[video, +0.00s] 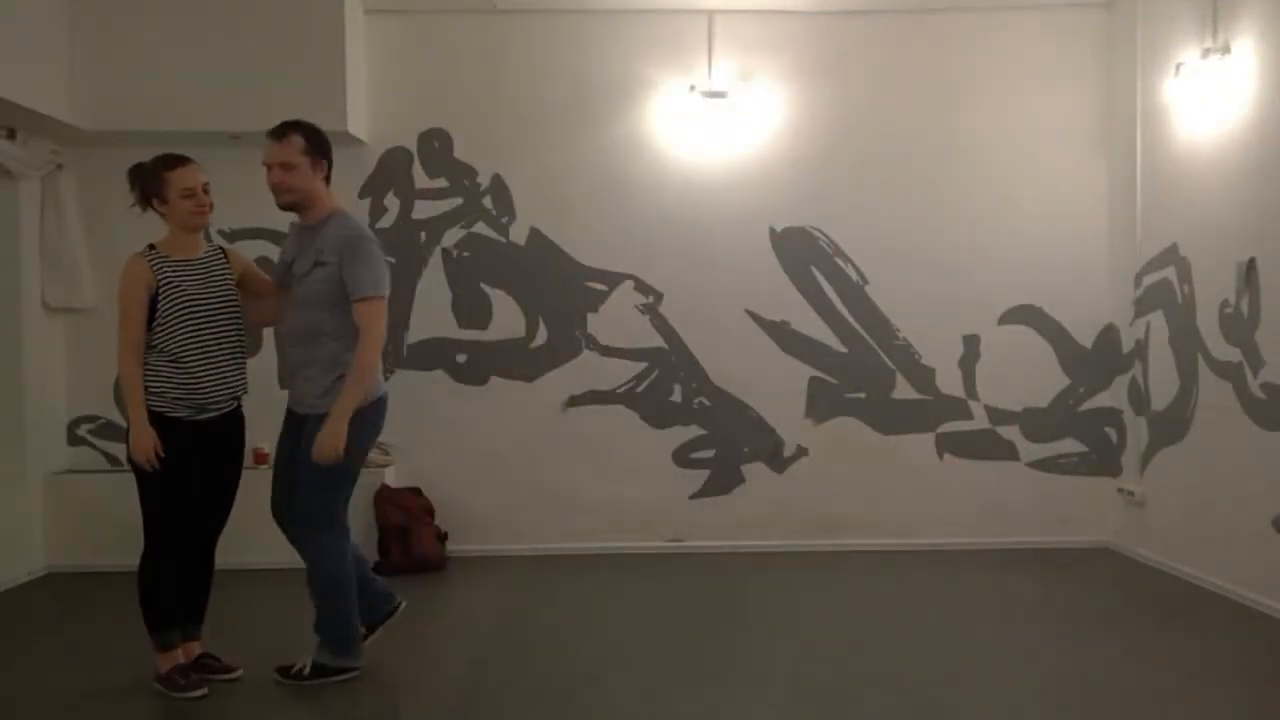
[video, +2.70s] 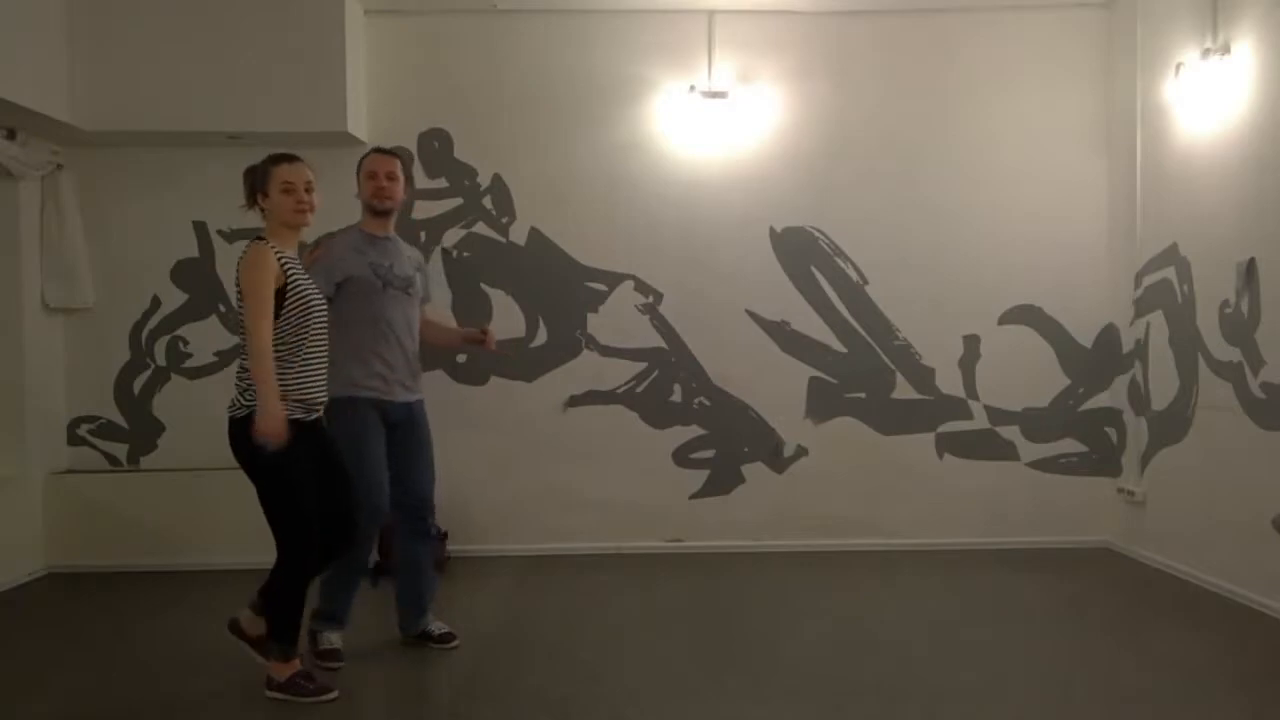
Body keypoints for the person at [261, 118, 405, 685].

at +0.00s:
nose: (273, 178)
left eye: (285, 168)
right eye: (269, 168)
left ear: (320, 169)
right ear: (268, 172)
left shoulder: (354, 239)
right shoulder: (297, 236)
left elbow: (373, 339)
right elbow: (277, 308)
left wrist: (339, 418)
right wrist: (202, 309)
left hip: (346, 406)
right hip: (306, 404)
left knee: (318, 520)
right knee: (289, 509)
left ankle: (339, 652)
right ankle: (373, 598)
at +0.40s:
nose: (299, 181)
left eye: (309, 170)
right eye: (289, 172)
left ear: (329, 175)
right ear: (277, 179)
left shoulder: (363, 245)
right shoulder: (268, 249)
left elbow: (387, 329)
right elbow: (247, 322)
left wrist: (352, 404)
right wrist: (178, 323)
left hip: (340, 413)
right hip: (279, 410)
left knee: (338, 529)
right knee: (278, 525)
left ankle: (339, 643)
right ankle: (295, 625)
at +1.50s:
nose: (369, 192)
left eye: (378, 185)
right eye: (359, 184)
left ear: (389, 195)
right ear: (343, 192)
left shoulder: (394, 265)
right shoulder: (312, 252)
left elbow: (393, 334)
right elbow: (254, 307)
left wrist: (416, 385)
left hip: (381, 403)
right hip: (324, 404)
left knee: (401, 506)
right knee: (320, 515)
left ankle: (416, 615)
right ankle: (297, 625)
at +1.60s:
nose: (384, 195)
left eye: (393, 188)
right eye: (375, 187)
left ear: (405, 198)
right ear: (359, 193)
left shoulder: (408, 266)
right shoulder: (330, 252)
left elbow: (405, 338)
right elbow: (273, 310)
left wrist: (431, 385)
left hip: (399, 406)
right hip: (344, 407)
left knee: (417, 509)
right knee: (341, 517)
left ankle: (418, 618)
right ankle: (303, 623)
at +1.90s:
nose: (411, 194)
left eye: (420, 187)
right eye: (401, 186)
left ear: (430, 196)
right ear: (383, 193)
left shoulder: (430, 262)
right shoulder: (359, 251)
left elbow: (439, 331)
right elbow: (306, 304)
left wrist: (480, 356)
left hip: (424, 395)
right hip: (371, 394)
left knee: (434, 503)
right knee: (401, 497)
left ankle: (418, 617)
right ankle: (367, 611)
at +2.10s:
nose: (416, 188)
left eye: (424, 181)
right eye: (407, 179)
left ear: (435, 192)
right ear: (389, 188)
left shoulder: (439, 259)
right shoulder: (367, 246)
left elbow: (447, 328)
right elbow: (319, 301)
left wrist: (492, 340)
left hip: (431, 399)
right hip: (380, 397)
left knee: (433, 508)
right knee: (403, 507)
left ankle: (424, 615)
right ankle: (418, 627)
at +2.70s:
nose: (383, 185)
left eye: (391, 178)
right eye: (374, 178)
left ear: (405, 190)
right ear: (359, 187)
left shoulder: (414, 259)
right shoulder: (334, 250)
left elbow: (419, 323)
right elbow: (297, 316)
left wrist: (468, 337)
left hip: (406, 398)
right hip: (351, 398)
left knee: (416, 510)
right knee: (367, 509)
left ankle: (417, 619)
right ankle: (329, 623)